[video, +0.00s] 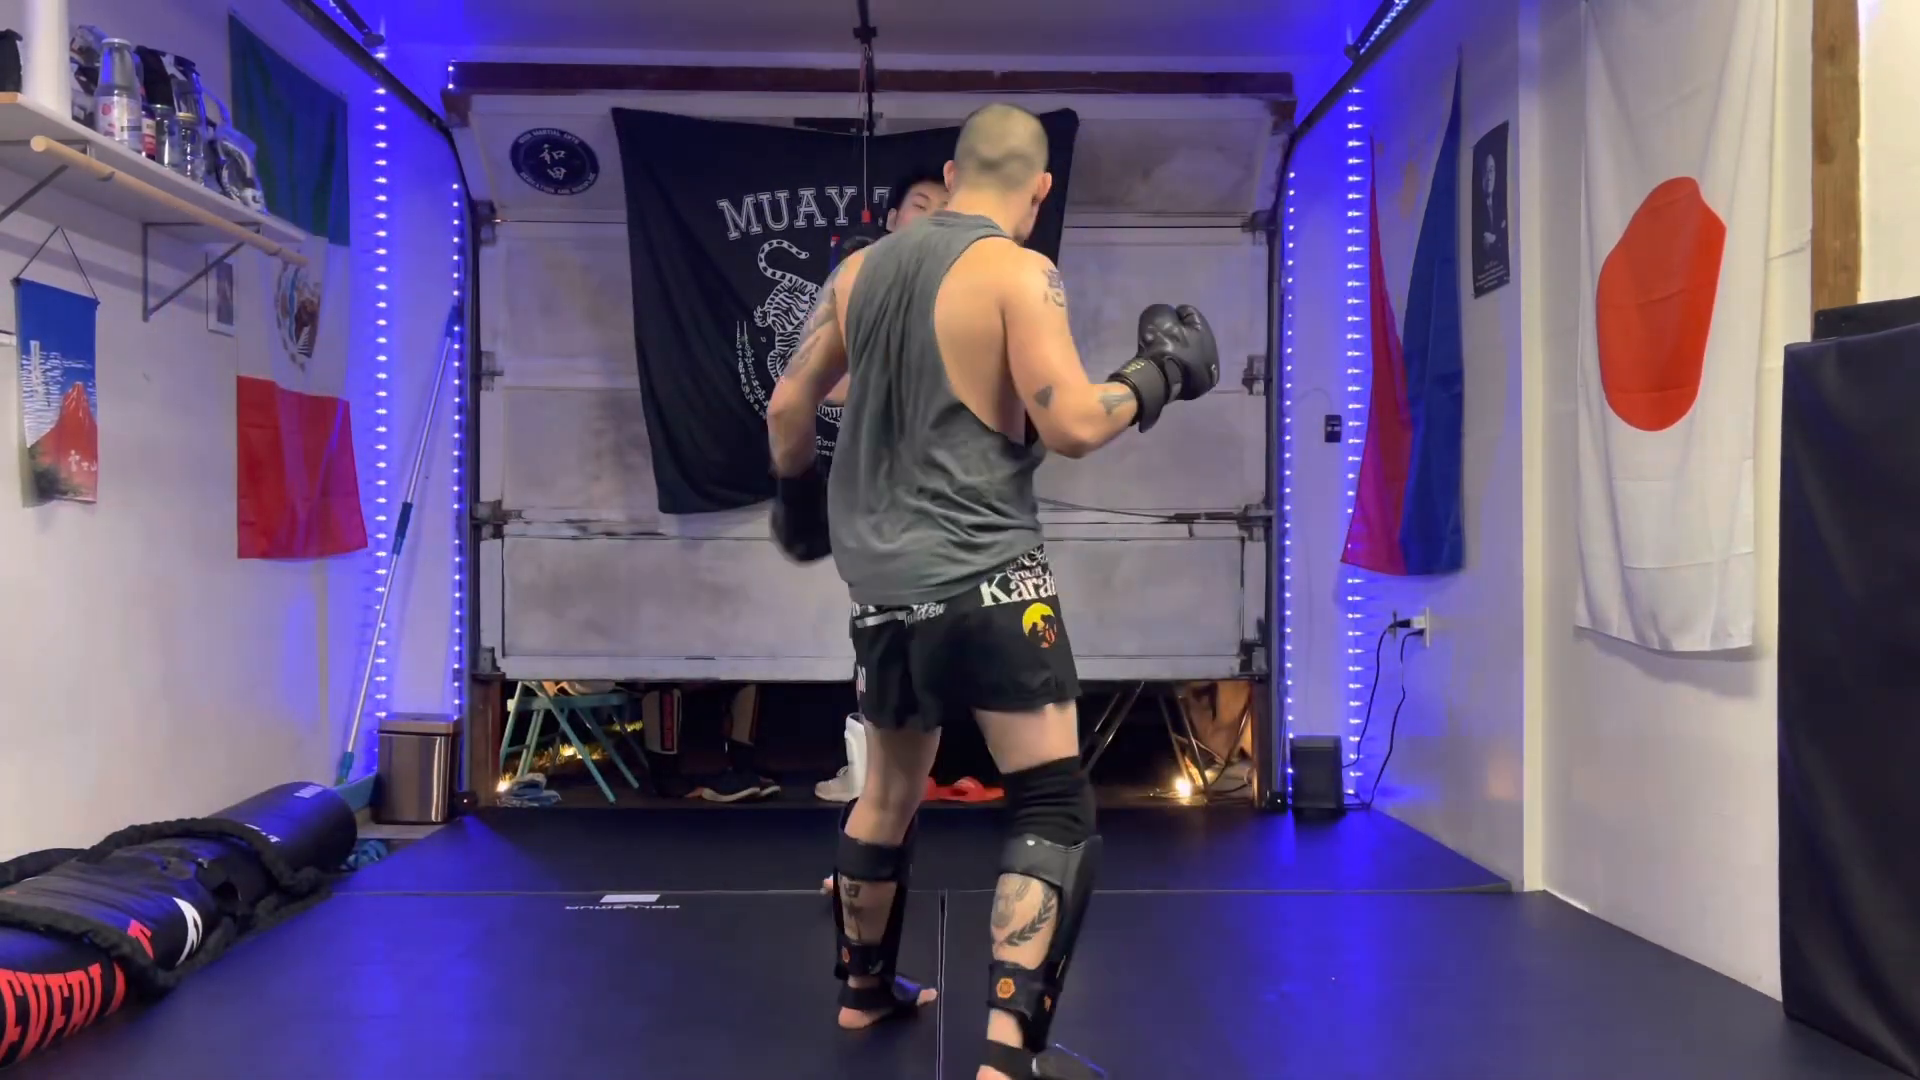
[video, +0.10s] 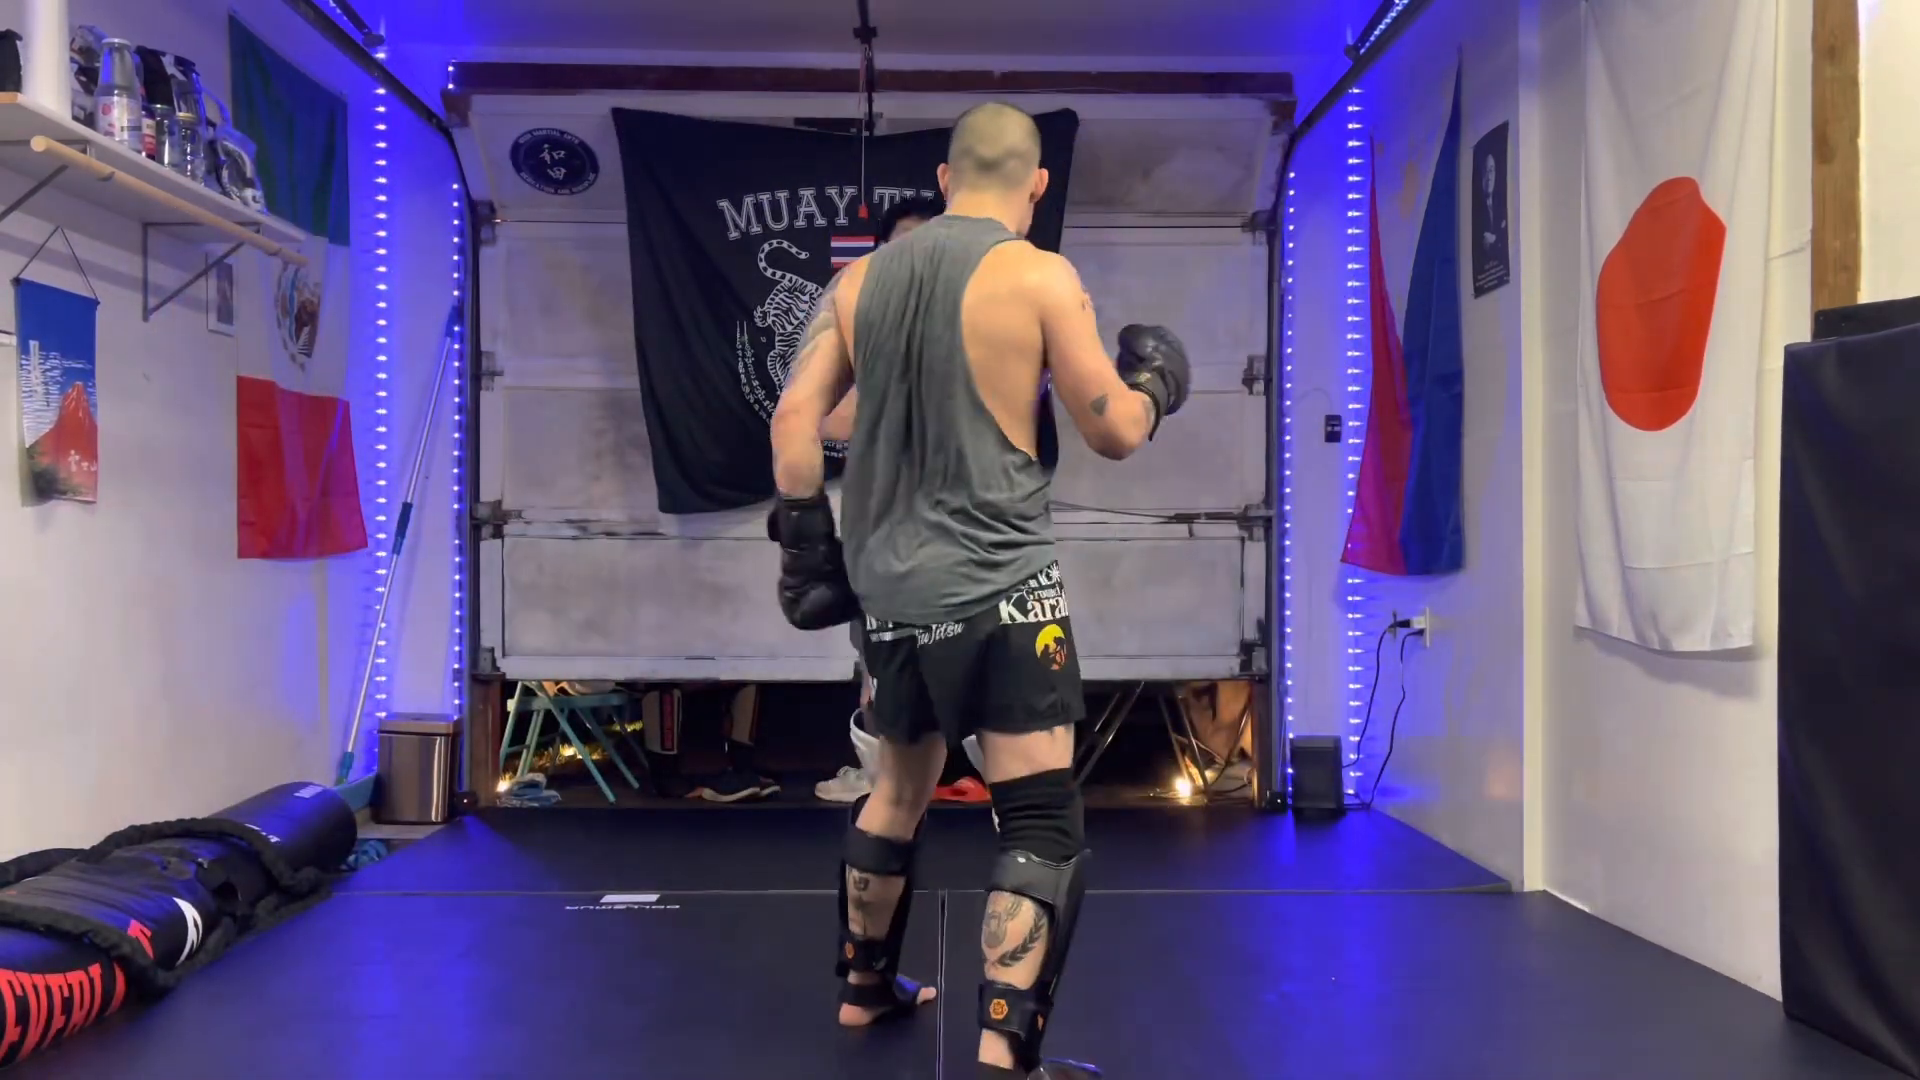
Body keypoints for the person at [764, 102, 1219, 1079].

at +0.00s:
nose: (1043, 205)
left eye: (1039, 193)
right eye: (1047, 193)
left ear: (950, 175)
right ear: (1038, 190)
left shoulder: (861, 269)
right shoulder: (1019, 274)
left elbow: (790, 403)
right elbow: (1071, 424)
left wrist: (796, 488)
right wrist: (1159, 373)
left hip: (879, 593)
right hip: (991, 583)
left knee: (887, 789)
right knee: (1052, 808)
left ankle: (862, 990)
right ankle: (1009, 1046)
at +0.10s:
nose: (1040, 197)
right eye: (1043, 185)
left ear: (943, 178)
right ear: (1037, 184)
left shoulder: (861, 278)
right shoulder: (1040, 279)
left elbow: (797, 417)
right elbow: (1113, 430)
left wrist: (803, 541)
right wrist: (1153, 381)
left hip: (888, 594)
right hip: (1003, 591)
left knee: (897, 786)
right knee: (1039, 827)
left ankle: (863, 988)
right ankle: (1002, 1052)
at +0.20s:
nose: (1039, 191)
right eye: (1042, 180)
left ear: (937, 179)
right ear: (1033, 179)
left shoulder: (858, 274)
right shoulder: (1056, 275)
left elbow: (811, 410)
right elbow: (1120, 428)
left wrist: (817, 526)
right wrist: (1049, 393)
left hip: (895, 591)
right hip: (1012, 591)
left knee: (901, 769)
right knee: (1039, 824)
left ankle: (866, 970)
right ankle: (1003, 1048)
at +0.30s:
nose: (1020, 180)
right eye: (1027, 166)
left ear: (927, 169)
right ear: (1023, 168)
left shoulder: (861, 267)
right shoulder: (1061, 269)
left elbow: (805, 409)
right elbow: (1080, 417)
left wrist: (811, 527)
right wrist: (1007, 360)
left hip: (896, 577)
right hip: (1010, 575)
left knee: (891, 760)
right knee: (1020, 810)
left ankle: (856, 965)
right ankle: (1000, 1049)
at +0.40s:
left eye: (912, 173)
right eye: (1003, 165)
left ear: (910, 177)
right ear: (1006, 170)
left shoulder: (856, 275)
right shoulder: (1055, 272)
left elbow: (800, 425)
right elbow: (1054, 418)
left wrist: (810, 521)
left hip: (886, 584)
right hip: (1000, 581)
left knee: (879, 773)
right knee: (1006, 811)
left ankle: (845, 983)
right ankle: (996, 1051)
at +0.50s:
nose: (971, 193)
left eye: (893, 183)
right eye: (974, 179)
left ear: (884, 191)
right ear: (977, 185)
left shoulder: (840, 291)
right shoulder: (1031, 287)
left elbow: (802, 455)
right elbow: (1041, 432)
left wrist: (830, 486)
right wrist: (957, 421)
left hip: (872, 593)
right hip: (984, 589)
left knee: (866, 779)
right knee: (994, 789)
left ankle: (843, 992)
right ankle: (995, 1041)